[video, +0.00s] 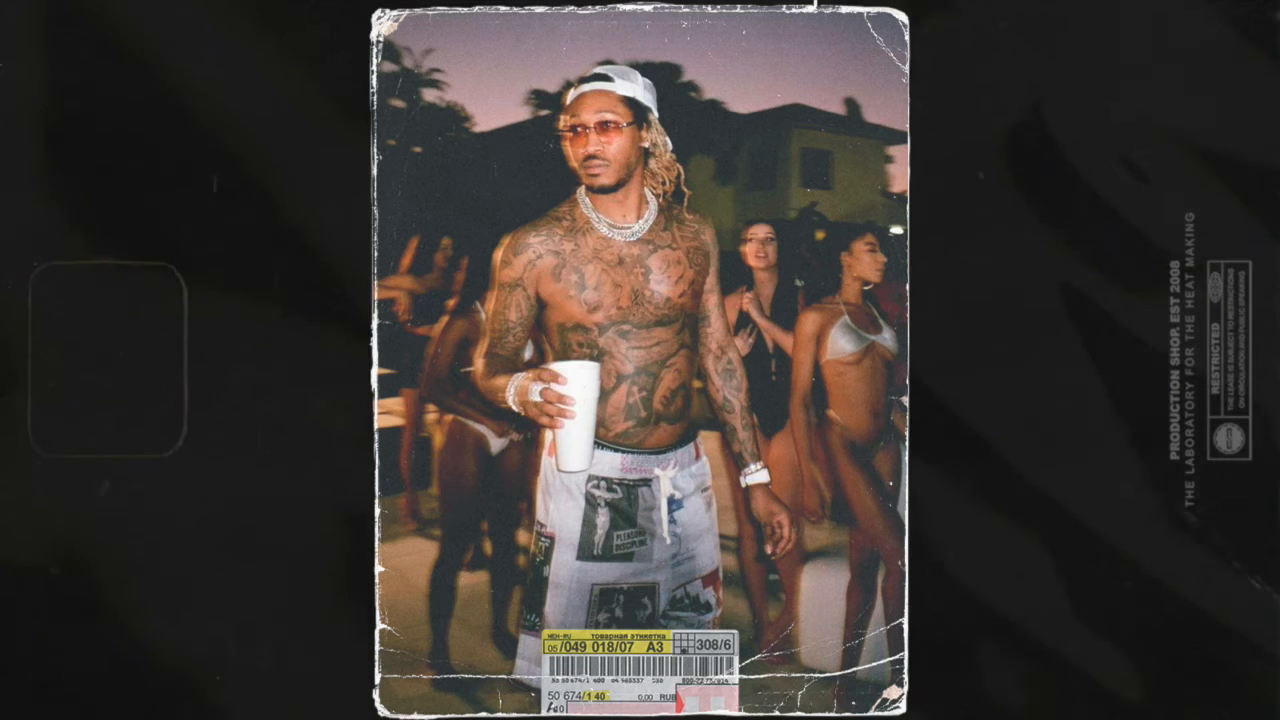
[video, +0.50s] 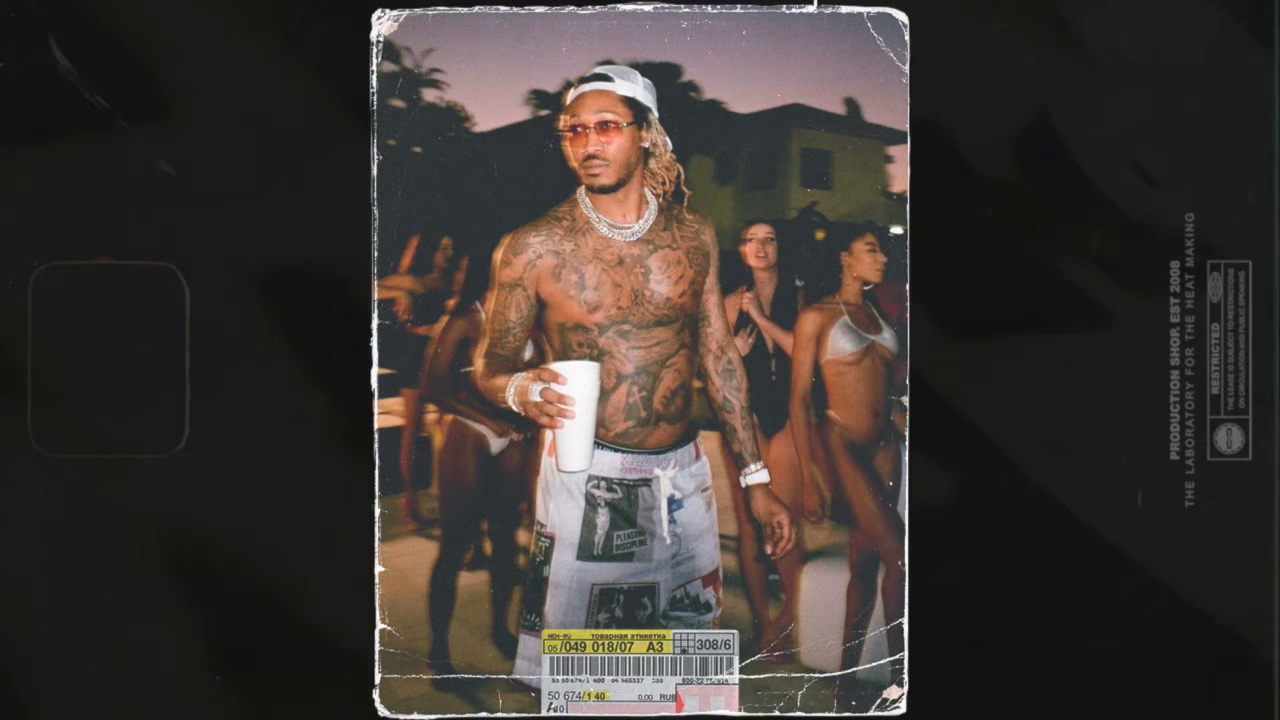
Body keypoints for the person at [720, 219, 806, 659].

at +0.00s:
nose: (760, 249)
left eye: (768, 241)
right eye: (751, 242)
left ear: (781, 249)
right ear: (741, 251)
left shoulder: (797, 296)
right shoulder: (730, 301)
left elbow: (802, 352)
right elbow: (712, 364)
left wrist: (761, 318)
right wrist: (734, 351)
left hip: (784, 421)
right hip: (739, 421)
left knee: (783, 521)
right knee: (748, 526)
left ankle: (793, 612)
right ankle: (761, 620)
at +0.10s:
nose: (760, 249)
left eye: (768, 241)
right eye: (752, 242)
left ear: (780, 249)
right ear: (741, 250)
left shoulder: (797, 295)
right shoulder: (730, 299)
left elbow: (802, 351)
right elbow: (717, 364)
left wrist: (761, 318)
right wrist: (738, 337)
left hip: (784, 420)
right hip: (738, 421)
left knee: (782, 520)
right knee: (748, 525)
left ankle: (794, 612)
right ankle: (762, 621)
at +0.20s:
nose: (760, 249)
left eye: (768, 241)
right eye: (752, 242)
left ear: (781, 249)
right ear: (741, 251)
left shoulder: (797, 296)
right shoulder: (730, 301)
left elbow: (803, 351)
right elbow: (713, 365)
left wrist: (761, 318)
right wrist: (734, 350)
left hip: (784, 421)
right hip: (739, 421)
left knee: (782, 520)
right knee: (748, 525)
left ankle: (794, 612)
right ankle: (761, 620)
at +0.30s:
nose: (760, 249)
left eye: (768, 241)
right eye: (752, 242)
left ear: (780, 249)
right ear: (741, 250)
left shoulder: (797, 296)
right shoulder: (730, 300)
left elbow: (802, 351)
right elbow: (714, 365)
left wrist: (761, 318)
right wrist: (735, 347)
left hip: (784, 421)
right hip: (739, 422)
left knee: (783, 520)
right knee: (748, 525)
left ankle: (794, 612)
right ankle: (761, 620)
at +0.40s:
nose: (759, 249)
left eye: (768, 241)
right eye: (751, 242)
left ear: (781, 249)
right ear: (741, 251)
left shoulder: (797, 297)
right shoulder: (729, 301)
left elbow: (802, 352)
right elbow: (711, 363)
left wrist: (760, 318)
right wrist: (733, 351)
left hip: (784, 421)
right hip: (739, 421)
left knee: (783, 520)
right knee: (748, 526)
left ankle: (792, 613)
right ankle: (762, 622)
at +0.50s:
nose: (760, 249)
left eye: (768, 241)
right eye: (751, 242)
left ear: (780, 249)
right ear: (741, 250)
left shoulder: (797, 297)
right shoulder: (729, 301)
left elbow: (802, 351)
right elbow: (713, 365)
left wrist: (761, 318)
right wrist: (734, 348)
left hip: (784, 421)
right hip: (739, 422)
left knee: (783, 520)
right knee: (748, 526)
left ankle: (793, 613)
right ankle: (762, 622)